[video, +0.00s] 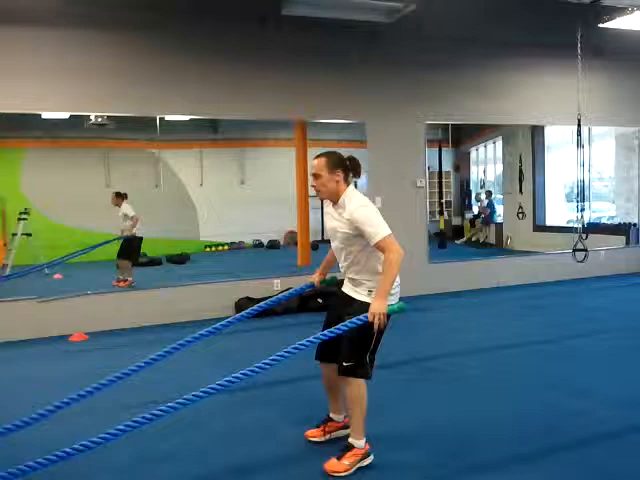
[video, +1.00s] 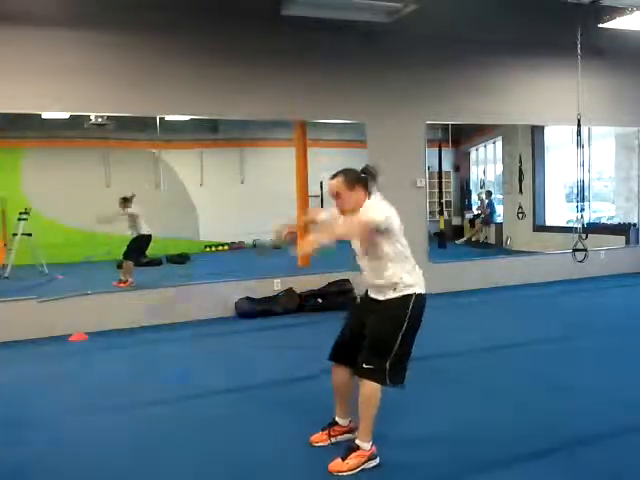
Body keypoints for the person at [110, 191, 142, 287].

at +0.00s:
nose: (112, 201)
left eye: (114, 199)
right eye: (112, 199)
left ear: (119, 199)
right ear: (119, 199)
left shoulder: (125, 207)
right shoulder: (122, 208)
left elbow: (135, 218)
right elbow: (127, 221)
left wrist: (130, 229)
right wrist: (122, 231)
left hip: (131, 237)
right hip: (127, 236)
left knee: (123, 259)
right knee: (123, 259)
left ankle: (126, 279)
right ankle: (122, 278)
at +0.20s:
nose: (113, 208)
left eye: (114, 206)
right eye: (113, 205)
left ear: (119, 207)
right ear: (121, 207)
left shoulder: (124, 216)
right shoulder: (123, 216)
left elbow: (134, 227)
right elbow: (130, 228)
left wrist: (130, 240)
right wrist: (125, 239)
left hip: (131, 243)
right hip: (126, 243)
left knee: (119, 260)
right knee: (126, 261)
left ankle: (124, 279)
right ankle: (126, 279)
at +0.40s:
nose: (125, 198)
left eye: (127, 196)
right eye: (125, 196)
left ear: (133, 197)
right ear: (132, 197)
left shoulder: (135, 206)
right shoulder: (131, 207)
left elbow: (123, 212)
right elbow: (118, 215)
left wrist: (113, 213)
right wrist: (105, 220)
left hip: (135, 236)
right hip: (131, 235)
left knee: (126, 260)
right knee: (125, 259)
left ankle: (127, 279)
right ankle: (123, 278)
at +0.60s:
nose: (120, 215)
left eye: (121, 212)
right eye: (119, 213)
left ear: (125, 210)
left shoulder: (131, 214)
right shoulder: (126, 216)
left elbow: (132, 205)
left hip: (141, 235)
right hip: (136, 236)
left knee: (126, 259)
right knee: (122, 259)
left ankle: (129, 279)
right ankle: (124, 278)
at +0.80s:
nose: (112, 227)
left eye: (113, 224)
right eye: (112, 225)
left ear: (118, 224)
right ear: (119, 223)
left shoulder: (125, 230)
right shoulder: (126, 228)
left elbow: (125, 243)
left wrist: (121, 254)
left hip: (145, 239)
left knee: (128, 259)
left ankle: (127, 280)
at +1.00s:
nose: (120, 206)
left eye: (121, 204)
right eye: (120, 204)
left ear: (125, 204)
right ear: (128, 203)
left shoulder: (132, 211)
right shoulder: (132, 211)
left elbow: (119, 215)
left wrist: (106, 219)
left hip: (142, 235)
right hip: (143, 235)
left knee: (127, 257)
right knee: (129, 257)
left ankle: (126, 279)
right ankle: (126, 278)